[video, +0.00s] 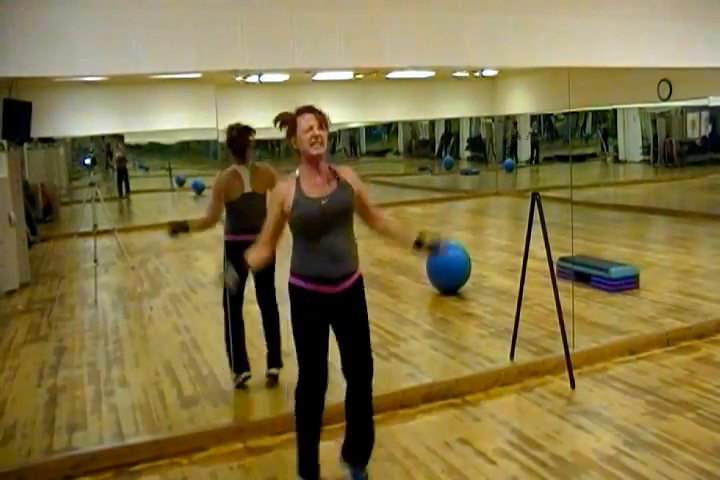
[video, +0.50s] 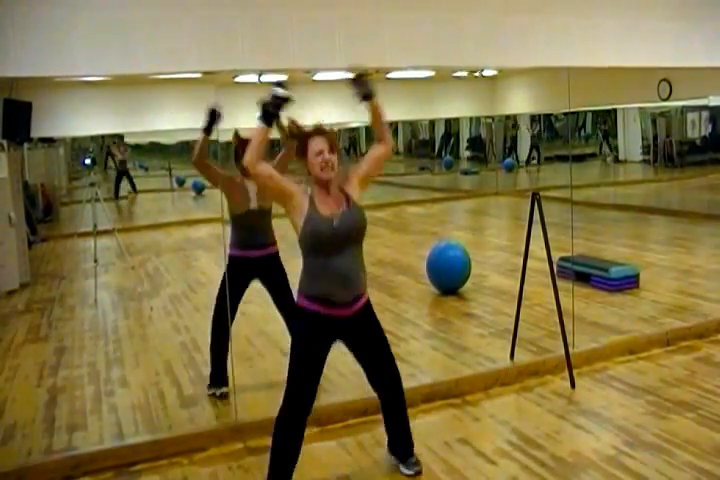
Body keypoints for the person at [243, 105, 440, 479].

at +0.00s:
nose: (317, 134)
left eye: (320, 128)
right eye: (308, 131)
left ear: (328, 133)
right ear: (295, 141)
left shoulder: (345, 176)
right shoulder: (285, 189)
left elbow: (375, 218)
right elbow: (266, 243)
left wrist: (419, 243)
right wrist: (245, 263)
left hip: (348, 288)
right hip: (306, 292)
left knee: (360, 374)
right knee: (312, 379)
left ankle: (356, 459)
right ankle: (308, 470)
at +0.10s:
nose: (318, 153)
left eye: (322, 147)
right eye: (309, 150)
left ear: (330, 153)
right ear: (297, 161)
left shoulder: (345, 195)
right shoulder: (288, 207)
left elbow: (356, 255)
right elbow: (284, 267)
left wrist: (381, 300)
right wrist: (279, 316)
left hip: (352, 312)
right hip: (310, 316)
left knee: (358, 399)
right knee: (321, 401)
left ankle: (344, 464)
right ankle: (320, 473)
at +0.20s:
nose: (320, 141)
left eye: (324, 134)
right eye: (311, 137)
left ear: (332, 140)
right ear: (299, 146)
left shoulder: (347, 183)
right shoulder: (290, 194)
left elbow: (368, 235)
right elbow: (277, 248)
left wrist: (410, 257)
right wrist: (257, 281)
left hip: (353, 298)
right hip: (311, 301)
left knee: (360, 385)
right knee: (315, 388)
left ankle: (348, 464)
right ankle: (317, 469)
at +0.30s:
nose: (321, 125)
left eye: (325, 118)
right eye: (313, 121)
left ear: (333, 123)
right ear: (300, 130)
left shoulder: (351, 164)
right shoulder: (288, 174)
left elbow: (389, 191)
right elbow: (254, 221)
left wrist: (424, 172)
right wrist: (221, 205)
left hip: (353, 277)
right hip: (312, 280)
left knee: (364, 364)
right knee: (310, 373)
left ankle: (364, 451)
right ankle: (306, 468)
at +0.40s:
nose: (323, 131)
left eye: (327, 125)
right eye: (315, 127)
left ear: (335, 131)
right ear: (301, 135)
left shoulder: (352, 165)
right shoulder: (290, 175)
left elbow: (401, 153)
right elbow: (237, 183)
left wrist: (416, 107)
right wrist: (229, 139)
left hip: (354, 284)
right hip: (311, 287)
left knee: (377, 366)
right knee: (303, 379)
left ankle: (386, 447)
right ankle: (290, 472)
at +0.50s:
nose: (326, 158)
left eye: (330, 151)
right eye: (318, 153)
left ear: (338, 157)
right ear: (306, 162)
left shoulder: (351, 188)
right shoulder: (296, 197)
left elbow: (385, 145)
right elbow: (251, 164)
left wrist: (371, 99)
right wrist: (268, 117)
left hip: (358, 311)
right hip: (314, 315)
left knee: (390, 384)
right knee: (297, 405)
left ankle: (402, 452)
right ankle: (278, 478)